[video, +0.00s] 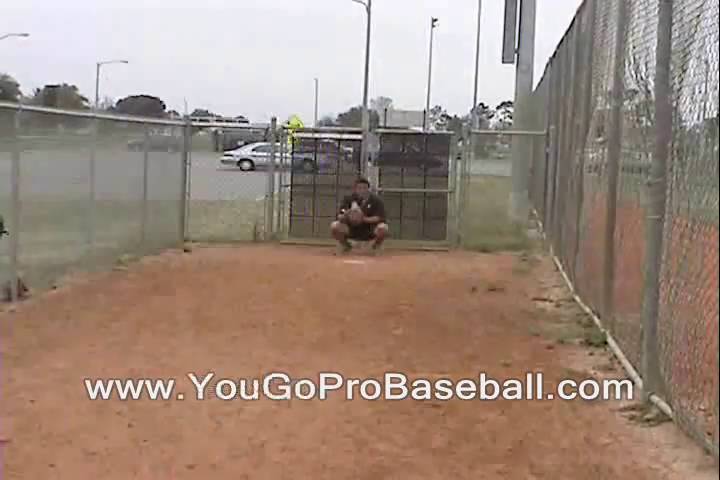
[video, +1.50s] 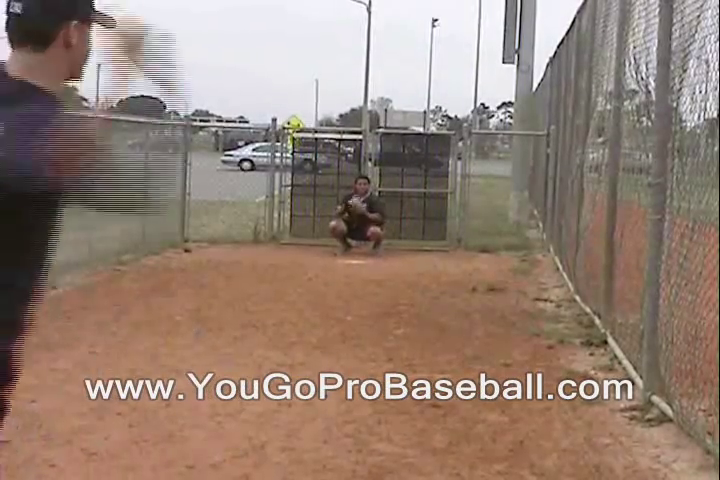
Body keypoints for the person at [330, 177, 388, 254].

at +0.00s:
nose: (362, 191)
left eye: (364, 188)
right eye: (359, 188)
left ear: (368, 189)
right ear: (355, 189)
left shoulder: (375, 201)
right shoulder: (348, 199)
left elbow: (380, 217)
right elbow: (339, 215)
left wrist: (364, 219)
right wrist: (347, 216)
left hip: (368, 227)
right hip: (352, 226)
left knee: (382, 228)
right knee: (335, 226)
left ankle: (376, 246)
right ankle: (346, 245)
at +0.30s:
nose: (362, 189)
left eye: (365, 186)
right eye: (360, 186)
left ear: (369, 188)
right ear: (355, 188)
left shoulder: (376, 200)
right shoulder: (349, 199)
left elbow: (381, 218)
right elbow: (339, 215)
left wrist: (364, 218)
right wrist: (349, 214)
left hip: (368, 227)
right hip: (352, 227)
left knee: (382, 229)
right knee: (336, 226)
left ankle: (376, 245)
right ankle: (345, 244)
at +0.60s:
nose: (363, 187)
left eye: (365, 184)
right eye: (360, 184)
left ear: (369, 186)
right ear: (355, 186)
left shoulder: (375, 200)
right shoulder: (347, 198)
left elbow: (380, 216)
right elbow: (338, 214)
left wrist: (367, 220)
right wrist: (348, 218)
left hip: (366, 226)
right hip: (350, 226)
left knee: (380, 230)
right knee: (335, 227)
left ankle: (376, 245)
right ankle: (345, 245)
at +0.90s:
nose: (362, 187)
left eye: (365, 184)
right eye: (360, 184)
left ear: (369, 186)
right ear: (355, 186)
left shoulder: (374, 201)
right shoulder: (347, 199)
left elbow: (380, 217)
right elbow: (339, 214)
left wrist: (365, 219)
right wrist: (348, 217)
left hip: (366, 227)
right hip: (350, 226)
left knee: (379, 231)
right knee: (334, 227)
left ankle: (377, 245)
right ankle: (345, 245)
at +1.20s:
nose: (362, 187)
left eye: (364, 185)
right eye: (359, 185)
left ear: (368, 187)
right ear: (355, 186)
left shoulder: (373, 201)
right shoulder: (348, 199)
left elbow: (380, 217)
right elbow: (339, 213)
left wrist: (366, 217)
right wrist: (346, 217)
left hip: (365, 227)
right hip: (350, 226)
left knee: (377, 231)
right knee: (334, 227)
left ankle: (376, 245)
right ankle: (345, 245)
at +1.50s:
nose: (362, 187)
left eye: (365, 184)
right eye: (359, 184)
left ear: (368, 186)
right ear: (355, 186)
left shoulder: (374, 200)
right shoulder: (348, 198)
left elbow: (380, 218)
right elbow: (338, 215)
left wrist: (364, 212)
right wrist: (343, 210)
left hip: (366, 226)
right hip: (351, 226)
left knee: (375, 231)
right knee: (334, 226)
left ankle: (376, 245)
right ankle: (346, 245)